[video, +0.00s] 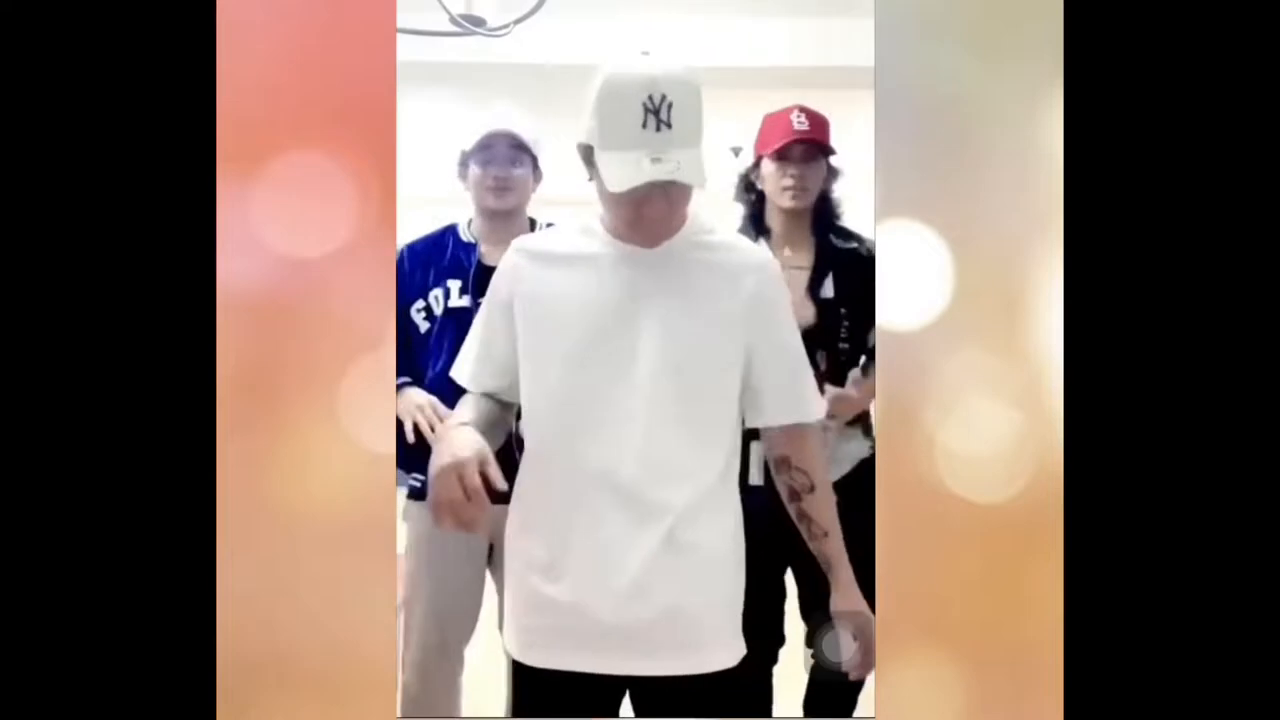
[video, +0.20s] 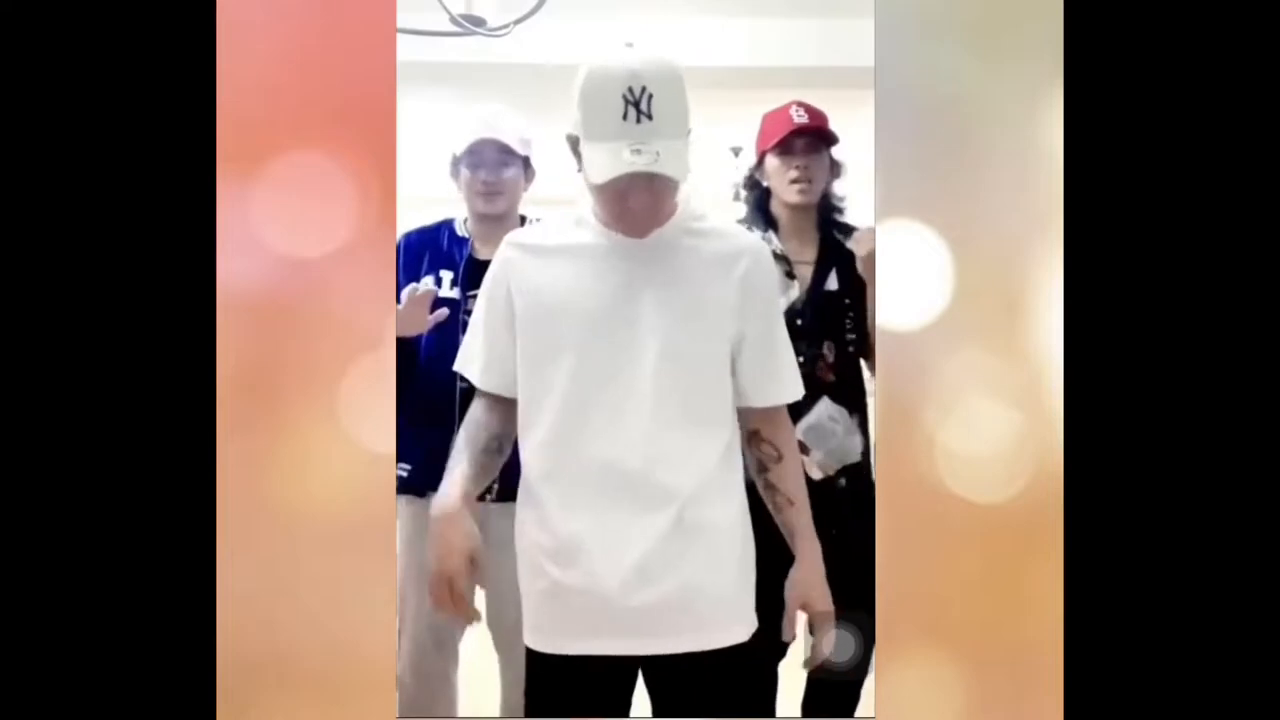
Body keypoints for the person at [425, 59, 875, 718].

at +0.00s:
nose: (660, 206)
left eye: (676, 184)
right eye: (637, 187)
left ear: (698, 159)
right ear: (590, 164)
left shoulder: (745, 272)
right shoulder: (532, 266)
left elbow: (794, 449)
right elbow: (491, 398)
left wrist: (844, 585)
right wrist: (457, 434)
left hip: (698, 628)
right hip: (558, 624)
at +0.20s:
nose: (640, 198)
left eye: (657, 175)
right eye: (618, 176)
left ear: (682, 148)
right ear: (578, 153)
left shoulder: (737, 261)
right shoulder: (524, 261)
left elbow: (768, 429)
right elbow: (495, 404)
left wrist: (808, 555)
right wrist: (450, 502)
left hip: (707, 600)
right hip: (570, 604)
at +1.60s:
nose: (642, 172)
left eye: (661, 153)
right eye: (623, 152)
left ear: (693, 161)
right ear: (592, 160)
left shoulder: (753, 280)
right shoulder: (545, 279)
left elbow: (811, 425)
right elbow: (498, 413)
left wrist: (763, 494)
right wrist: (520, 491)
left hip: (713, 610)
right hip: (573, 607)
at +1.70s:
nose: (637, 162)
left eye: (658, 143)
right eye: (620, 141)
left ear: (690, 153)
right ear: (592, 150)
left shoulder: (750, 264)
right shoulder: (550, 261)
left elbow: (781, 414)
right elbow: (514, 409)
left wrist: (733, 393)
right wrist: (551, 382)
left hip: (712, 582)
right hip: (580, 579)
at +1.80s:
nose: (637, 146)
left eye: (659, 128)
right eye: (619, 126)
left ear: (688, 139)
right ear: (590, 136)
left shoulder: (739, 239)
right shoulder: (554, 241)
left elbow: (749, 380)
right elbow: (526, 375)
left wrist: (717, 298)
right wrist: (568, 307)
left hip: (712, 562)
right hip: (583, 561)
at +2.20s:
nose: (655, 154)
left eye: (675, 135)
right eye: (636, 133)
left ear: (700, 147)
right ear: (603, 140)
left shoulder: (745, 251)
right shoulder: (548, 251)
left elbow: (787, 381)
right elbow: (512, 385)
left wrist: (739, 329)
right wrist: (570, 342)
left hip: (722, 571)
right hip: (594, 573)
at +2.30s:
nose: (660, 168)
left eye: (680, 148)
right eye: (641, 147)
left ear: (704, 160)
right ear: (607, 156)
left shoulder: (748, 275)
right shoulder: (548, 264)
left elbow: (792, 396)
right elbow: (501, 393)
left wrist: (747, 422)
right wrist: (583, 429)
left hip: (728, 588)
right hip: (594, 589)